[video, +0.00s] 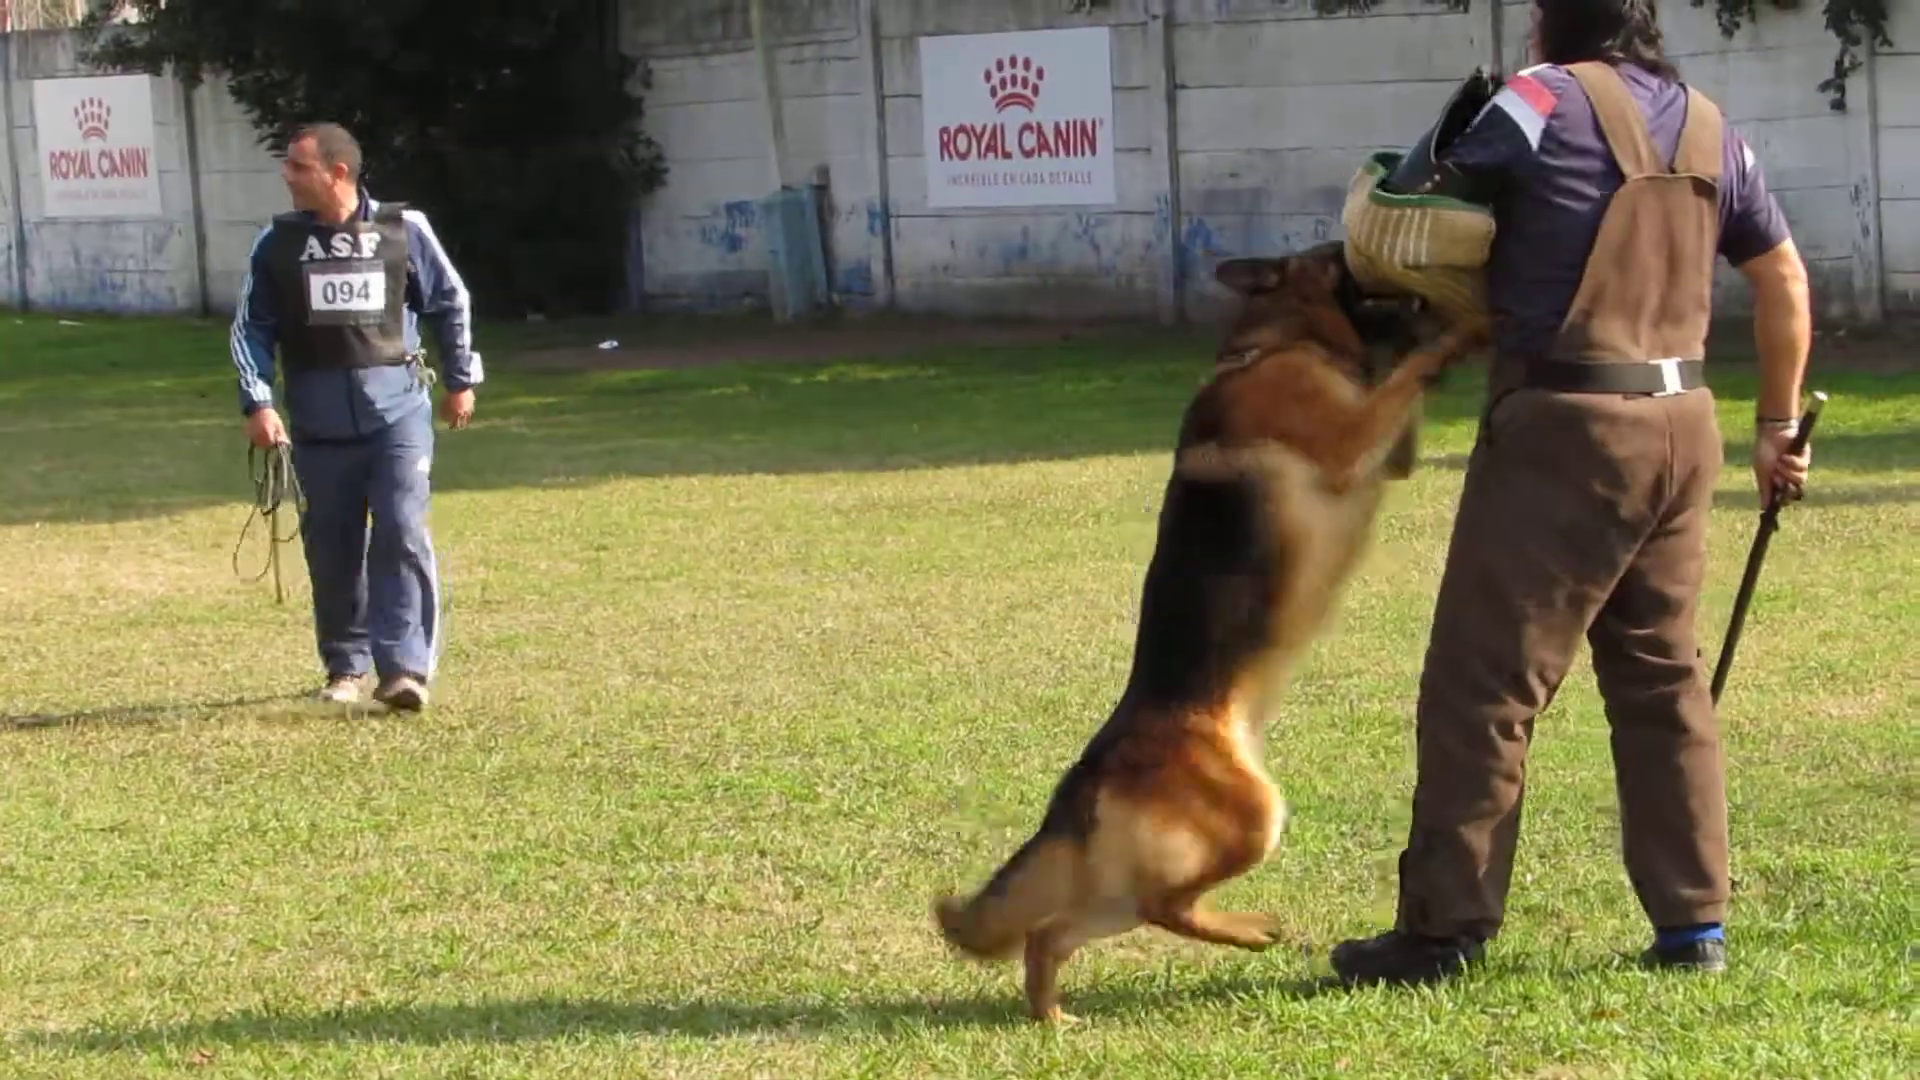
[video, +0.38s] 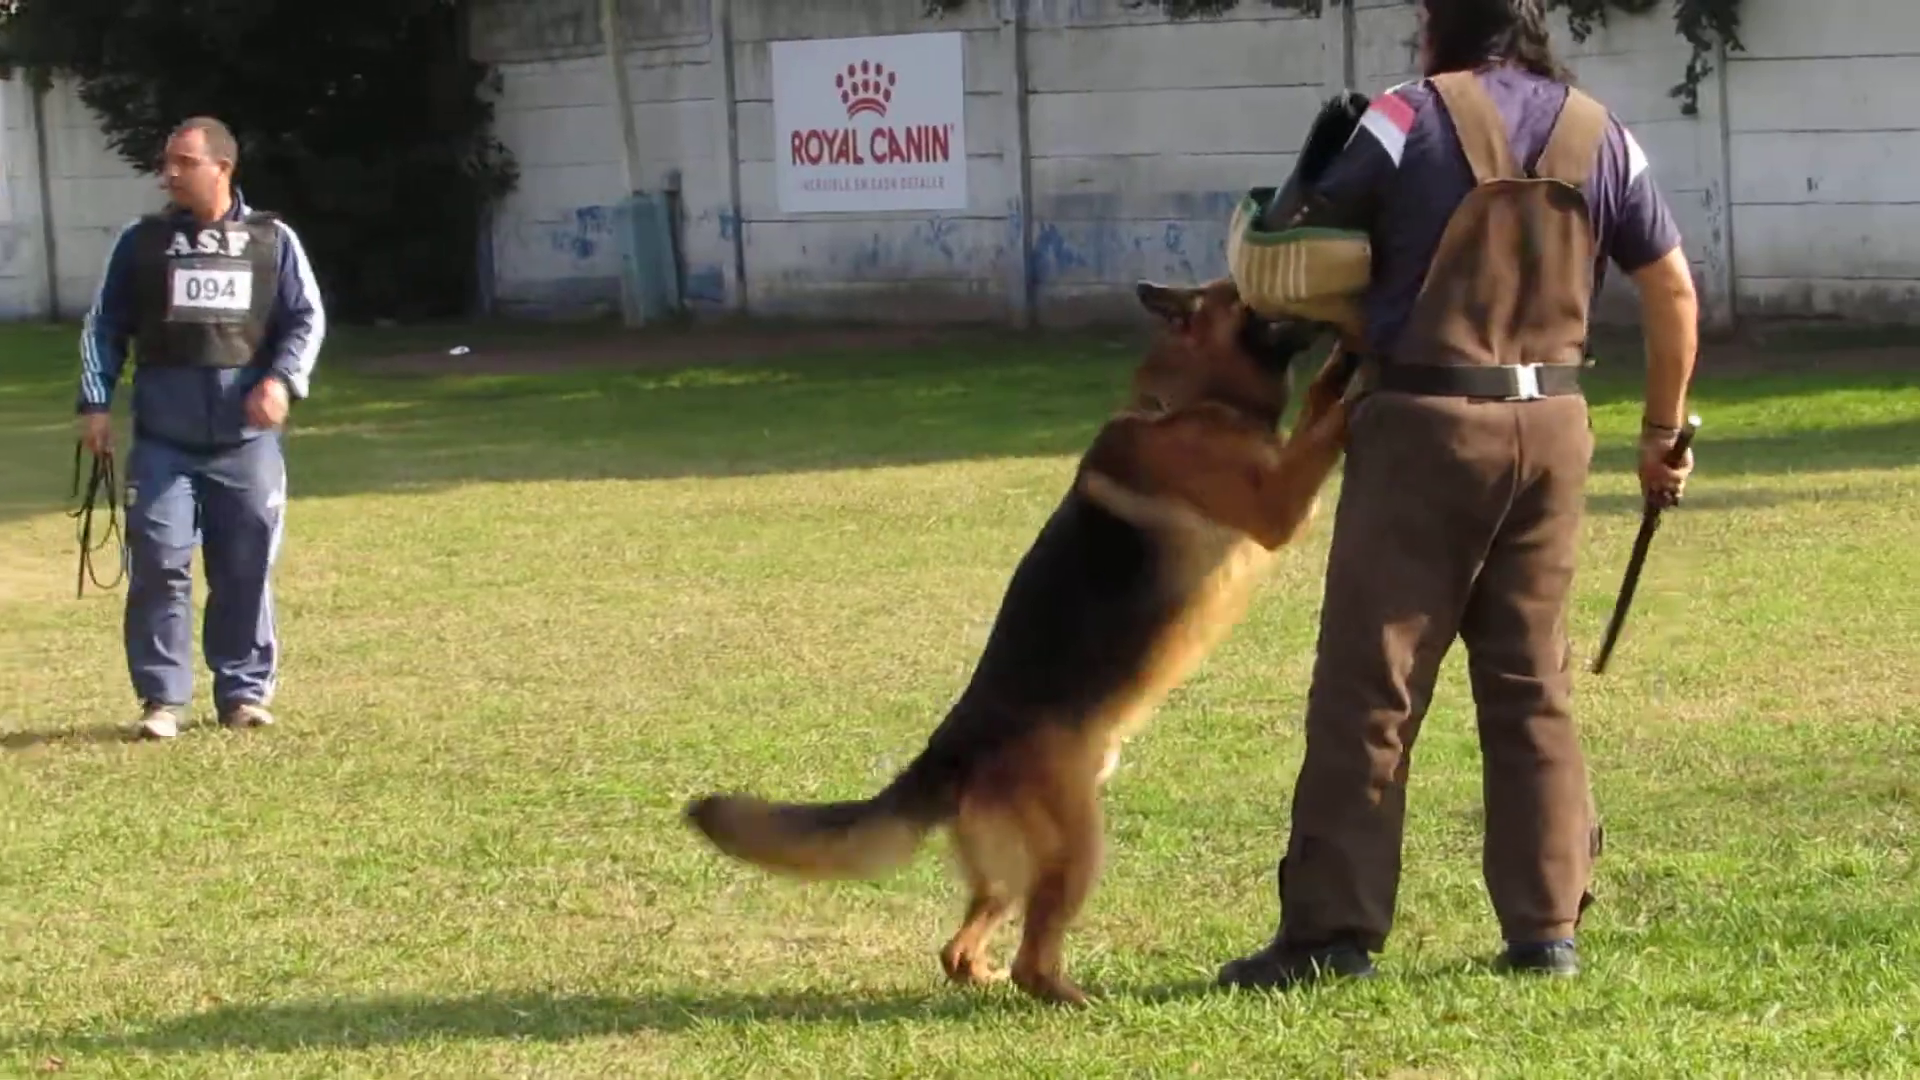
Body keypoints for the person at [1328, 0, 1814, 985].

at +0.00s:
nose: (1532, 31)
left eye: (1534, 21)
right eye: (1537, 22)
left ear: (1554, 26)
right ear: (1638, 24)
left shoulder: (1541, 93)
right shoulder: (1709, 124)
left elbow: (1436, 215)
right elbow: (1784, 277)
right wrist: (1781, 423)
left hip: (1566, 429)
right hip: (1684, 427)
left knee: (1484, 680)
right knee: (1663, 672)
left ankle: (1441, 930)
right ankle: (1693, 922)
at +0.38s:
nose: (1418, 37)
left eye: (1421, 25)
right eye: (1423, 25)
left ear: (1439, 29)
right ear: (1530, 27)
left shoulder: (1408, 115)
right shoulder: (1600, 130)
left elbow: (1305, 235)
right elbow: (1674, 292)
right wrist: (1667, 429)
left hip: (1424, 428)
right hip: (1555, 430)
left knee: (1369, 685)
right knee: (1532, 682)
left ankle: (1330, 935)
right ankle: (1546, 931)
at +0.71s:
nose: (1342, 46)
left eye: (1346, 31)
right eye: (1347, 31)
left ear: (1362, 36)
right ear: (1457, 36)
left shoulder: (1333, 129)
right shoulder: (1531, 133)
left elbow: (1242, 282)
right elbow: (1608, 285)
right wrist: (1612, 427)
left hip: (1360, 444)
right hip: (1491, 441)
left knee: (1300, 689)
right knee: (1475, 688)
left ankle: (1270, 938)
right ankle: (1489, 932)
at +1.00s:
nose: (1276, 41)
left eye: (1280, 29)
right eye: (1282, 28)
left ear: (1295, 38)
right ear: (1386, 36)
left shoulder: (1273, 129)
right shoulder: (1461, 138)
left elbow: (1176, 262)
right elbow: (1529, 296)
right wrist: (1512, 430)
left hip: (1290, 444)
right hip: (1415, 440)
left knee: (1227, 693)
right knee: (1395, 682)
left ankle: (1204, 944)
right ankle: (1424, 933)